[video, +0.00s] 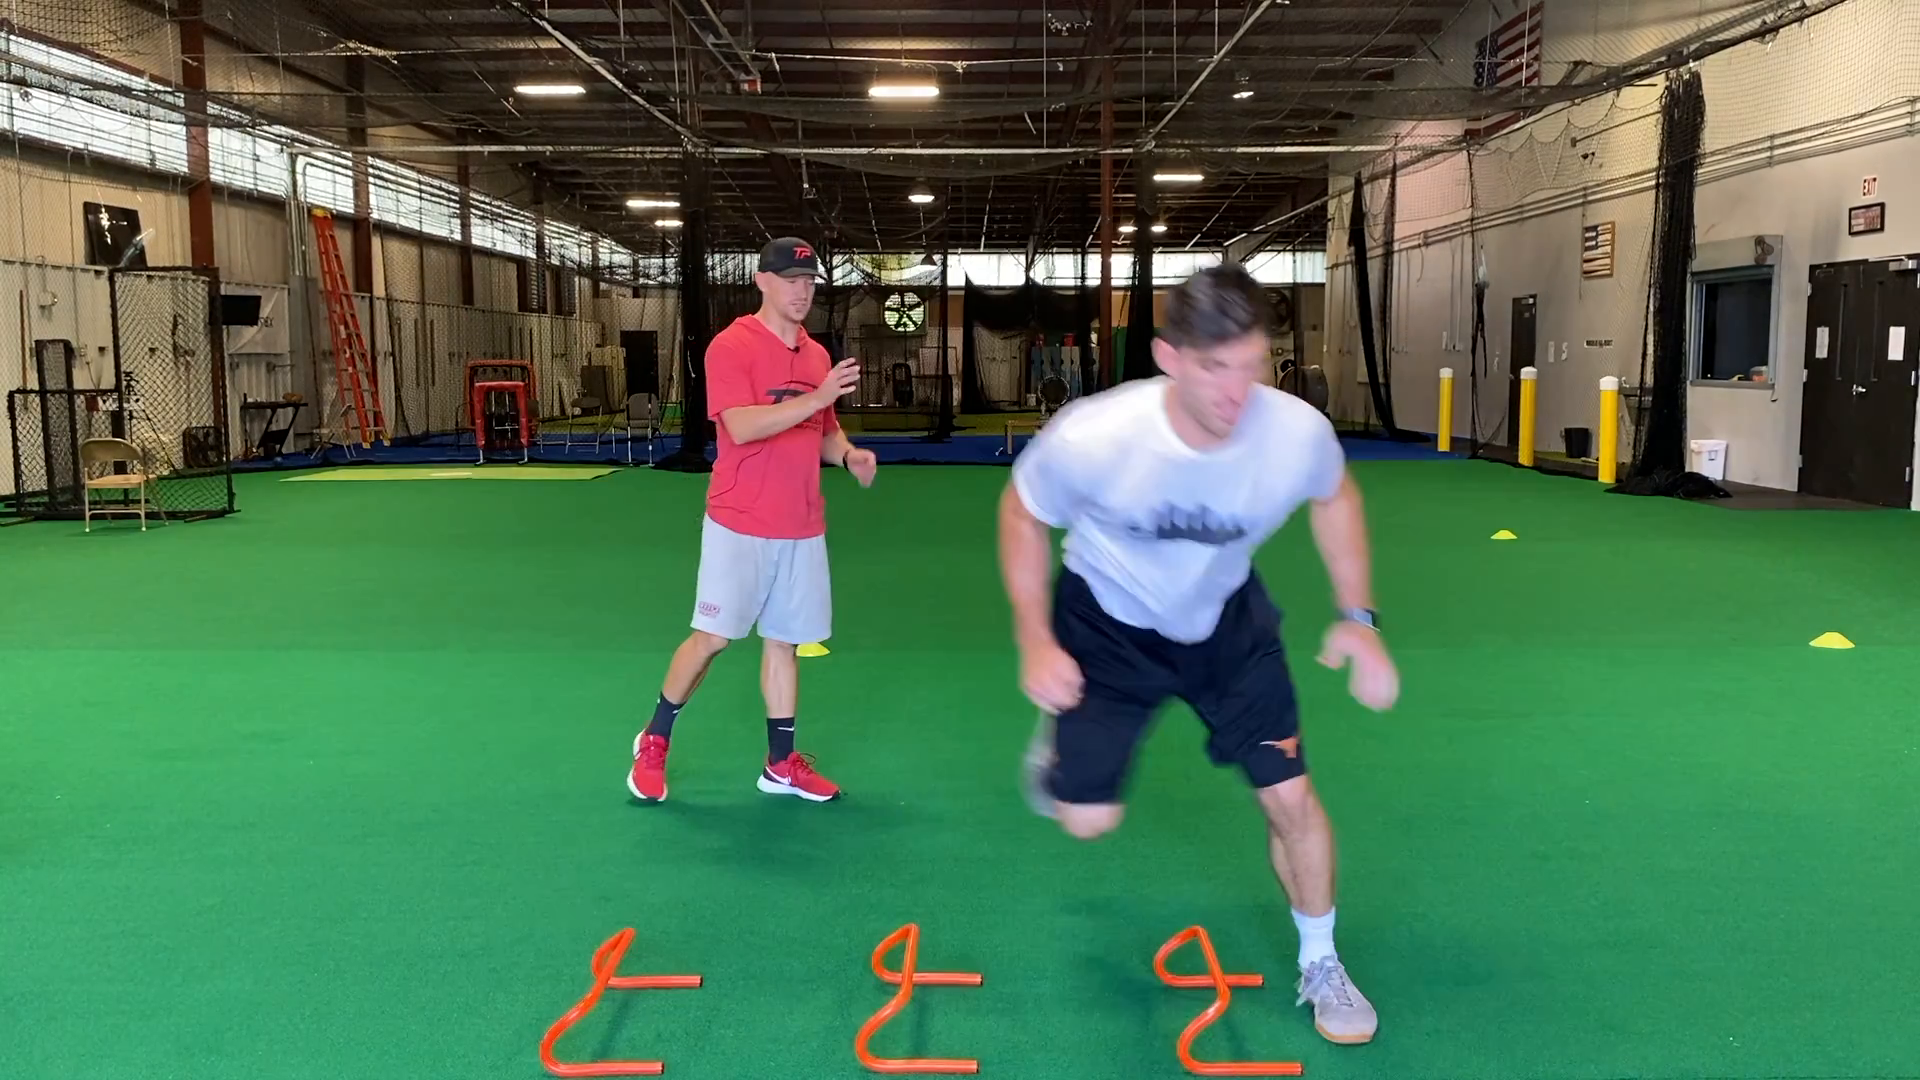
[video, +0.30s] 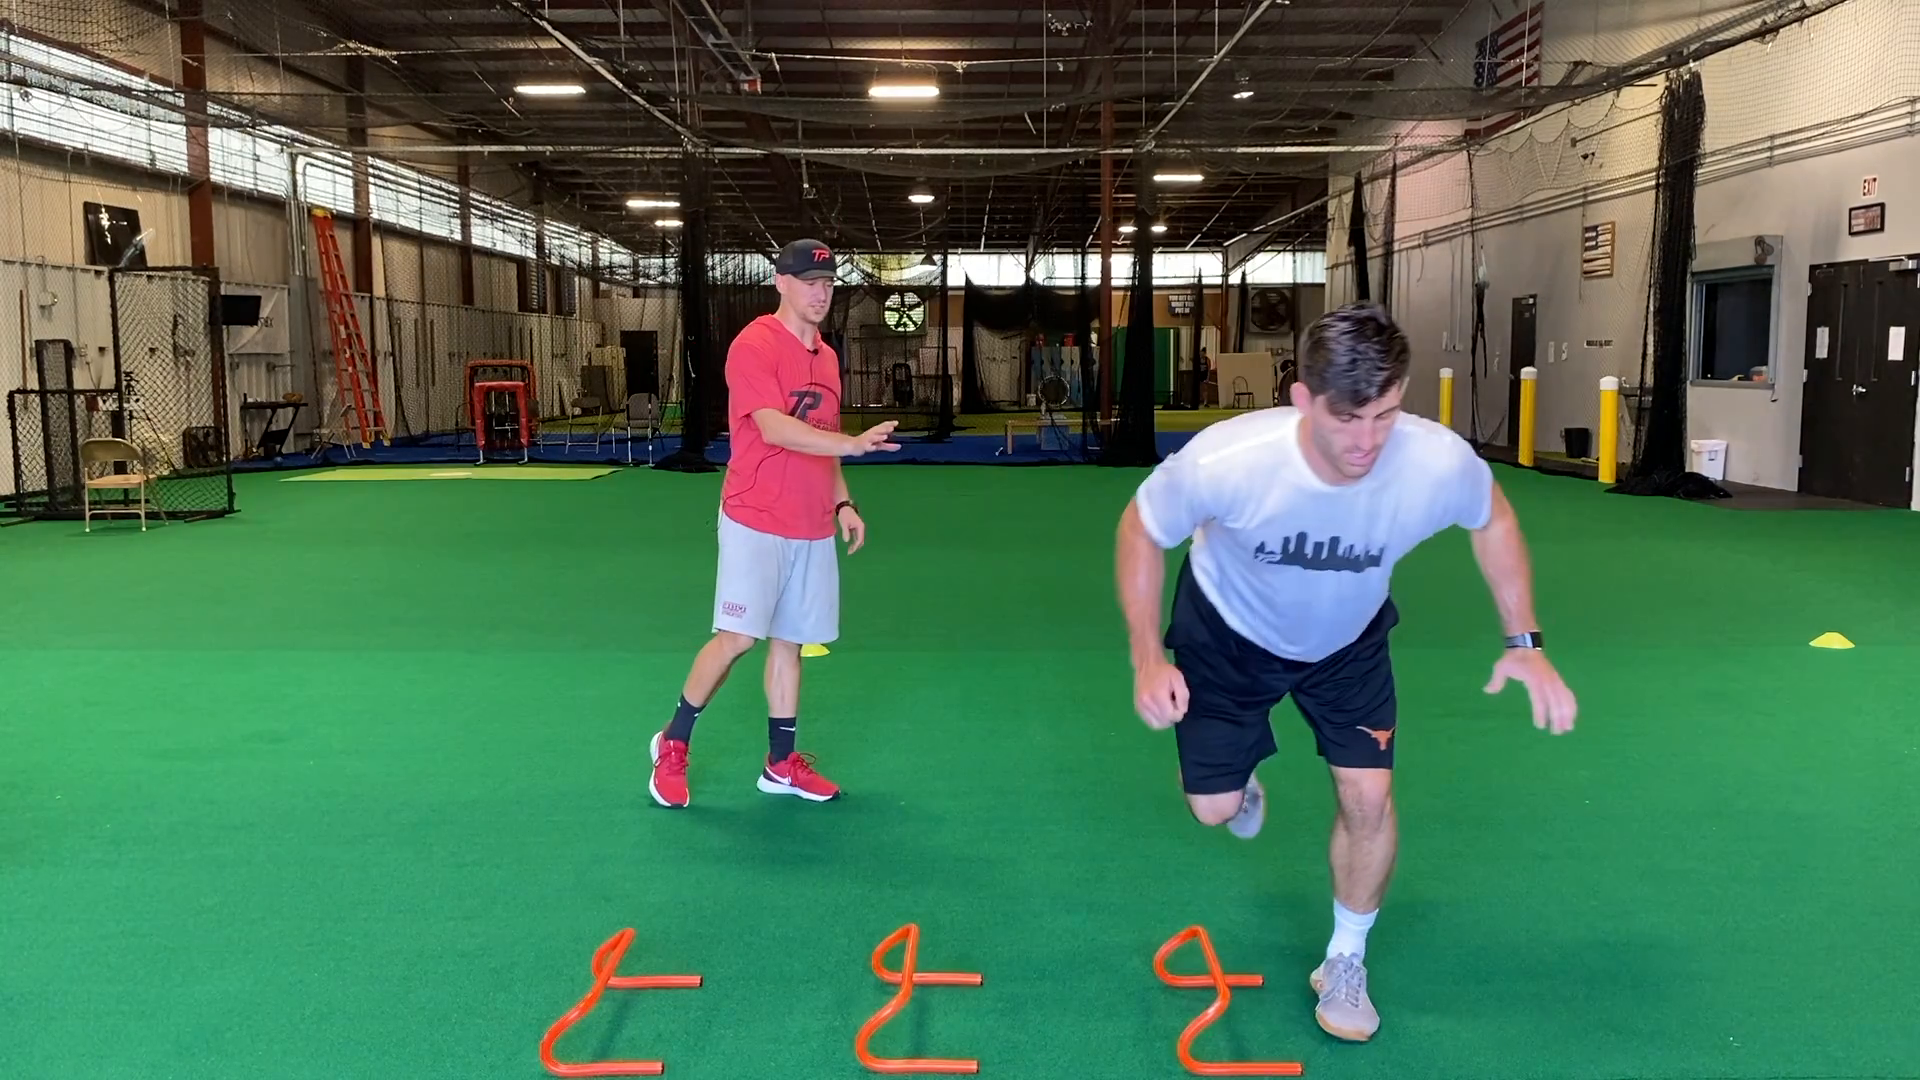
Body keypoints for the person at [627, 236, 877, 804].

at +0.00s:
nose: (803, 289)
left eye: (809, 280)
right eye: (791, 279)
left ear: (814, 286)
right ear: (762, 282)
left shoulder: (817, 355)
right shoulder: (729, 347)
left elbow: (821, 433)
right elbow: (741, 427)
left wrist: (848, 452)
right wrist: (822, 398)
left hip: (799, 525)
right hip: (738, 522)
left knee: (783, 638)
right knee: (714, 633)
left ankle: (781, 761)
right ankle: (655, 738)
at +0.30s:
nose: (822, 291)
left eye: (827, 282)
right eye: (809, 281)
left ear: (832, 288)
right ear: (781, 284)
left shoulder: (827, 357)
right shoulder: (753, 345)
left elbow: (826, 436)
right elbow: (772, 426)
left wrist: (841, 501)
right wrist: (850, 444)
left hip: (809, 523)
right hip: (754, 519)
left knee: (788, 638)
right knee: (739, 633)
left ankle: (782, 762)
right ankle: (673, 741)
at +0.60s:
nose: (827, 295)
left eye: (833, 285)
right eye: (816, 284)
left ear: (838, 290)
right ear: (786, 284)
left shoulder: (831, 357)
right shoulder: (758, 344)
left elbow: (828, 438)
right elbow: (775, 428)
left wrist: (849, 503)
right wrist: (854, 444)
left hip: (812, 523)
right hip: (757, 518)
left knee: (790, 638)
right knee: (743, 633)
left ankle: (782, 761)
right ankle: (674, 739)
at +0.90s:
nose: (825, 292)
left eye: (831, 282)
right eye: (813, 281)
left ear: (837, 288)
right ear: (785, 284)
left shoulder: (833, 357)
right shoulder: (757, 345)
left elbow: (834, 441)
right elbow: (775, 428)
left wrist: (861, 499)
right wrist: (854, 442)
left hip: (814, 524)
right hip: (758, 518)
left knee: (791, 639)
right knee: (743, 633)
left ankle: (782, 761)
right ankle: (674, 740)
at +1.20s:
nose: (823, 293)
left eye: (830, 284)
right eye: (812, 283)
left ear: (836, 289)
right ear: (784, 284)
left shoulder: (834, 358)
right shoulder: (754, 346)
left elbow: (835, 438)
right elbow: (768, 429)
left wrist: (856, 498)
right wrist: (847, 450)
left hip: (813, 524)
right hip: (756, 518)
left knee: (790, 639)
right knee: (741, 633)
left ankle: (782, 761)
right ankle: (675, 740)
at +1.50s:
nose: (816, 294)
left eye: (823, 285)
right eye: (805, 283)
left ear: (832, 291)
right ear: (779, 285)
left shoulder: (838, 364)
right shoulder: (745, 347)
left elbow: (842, 447)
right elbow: (735, 430)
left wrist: (875, 478)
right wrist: (799, 489)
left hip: (807, 525)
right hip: (745, 519)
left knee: (785, 640)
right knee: (727, 633)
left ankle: (781, 762)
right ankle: (677, 747)